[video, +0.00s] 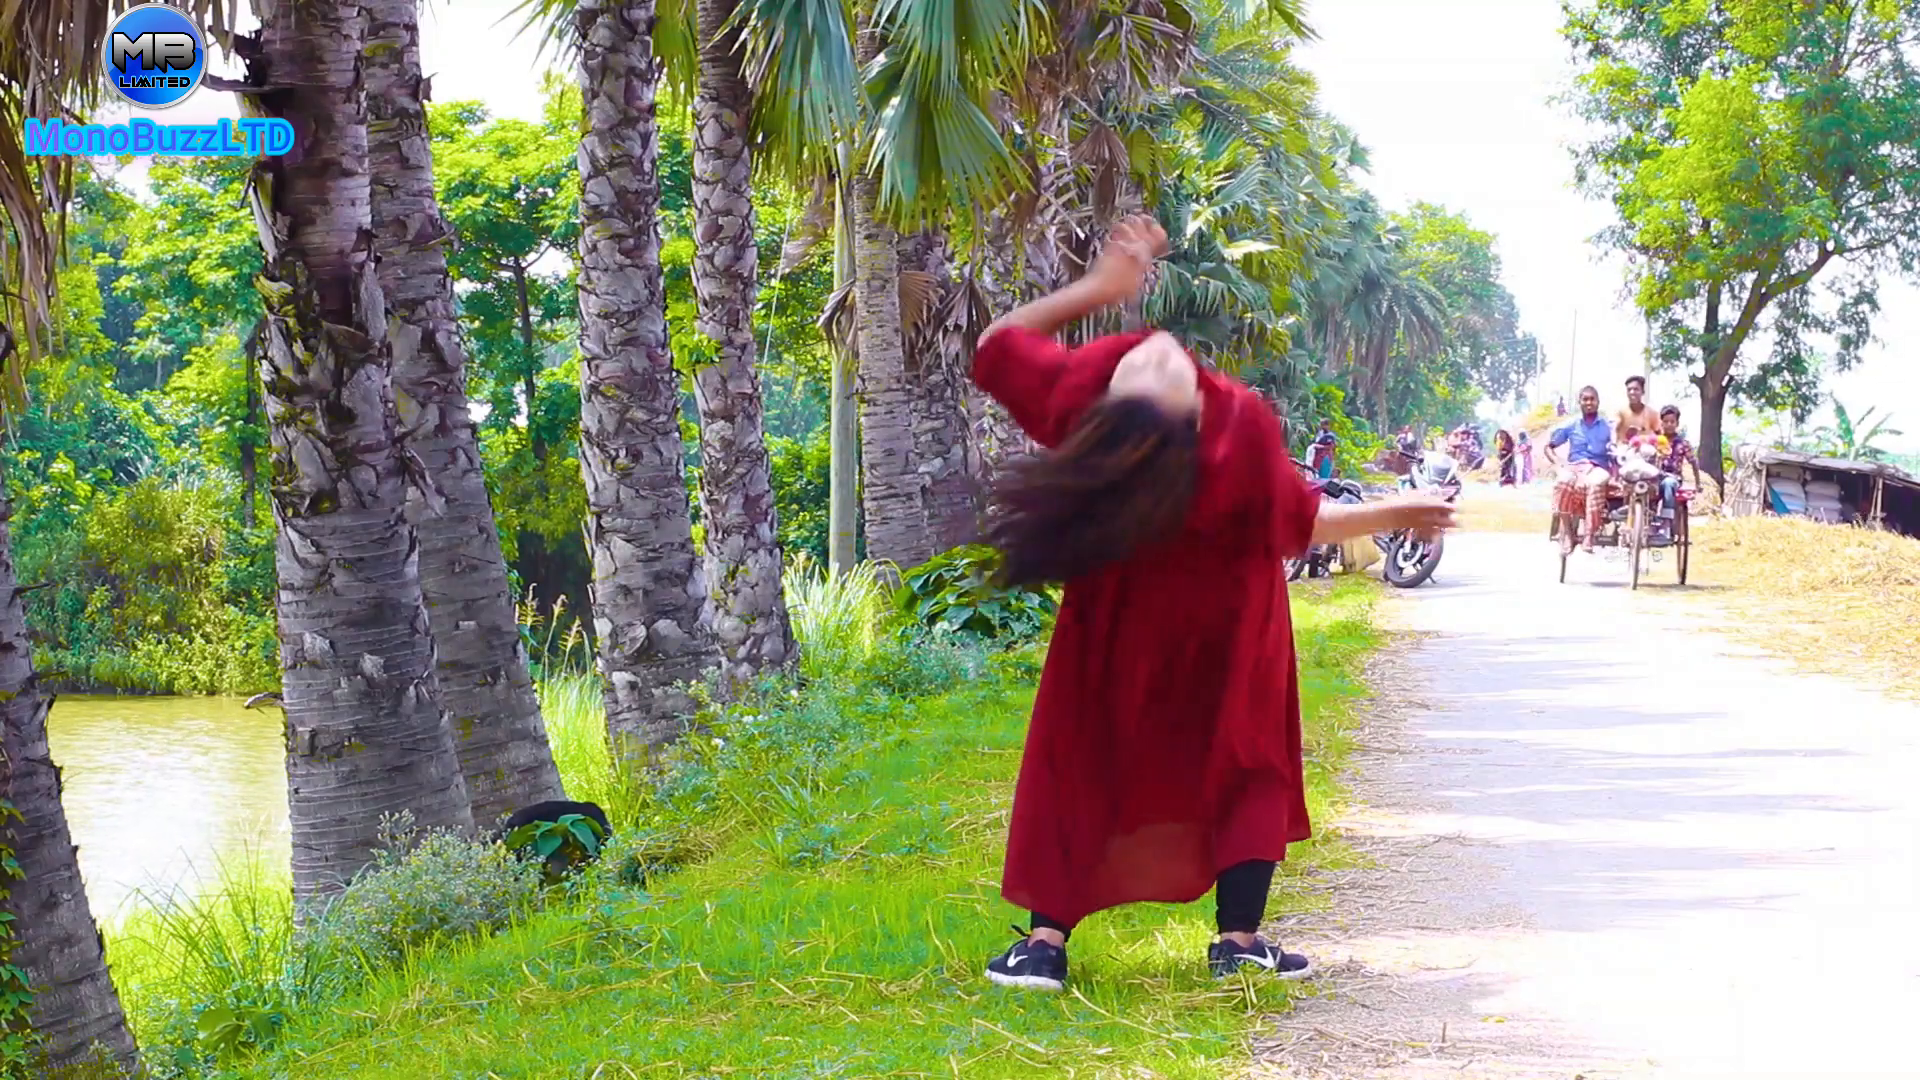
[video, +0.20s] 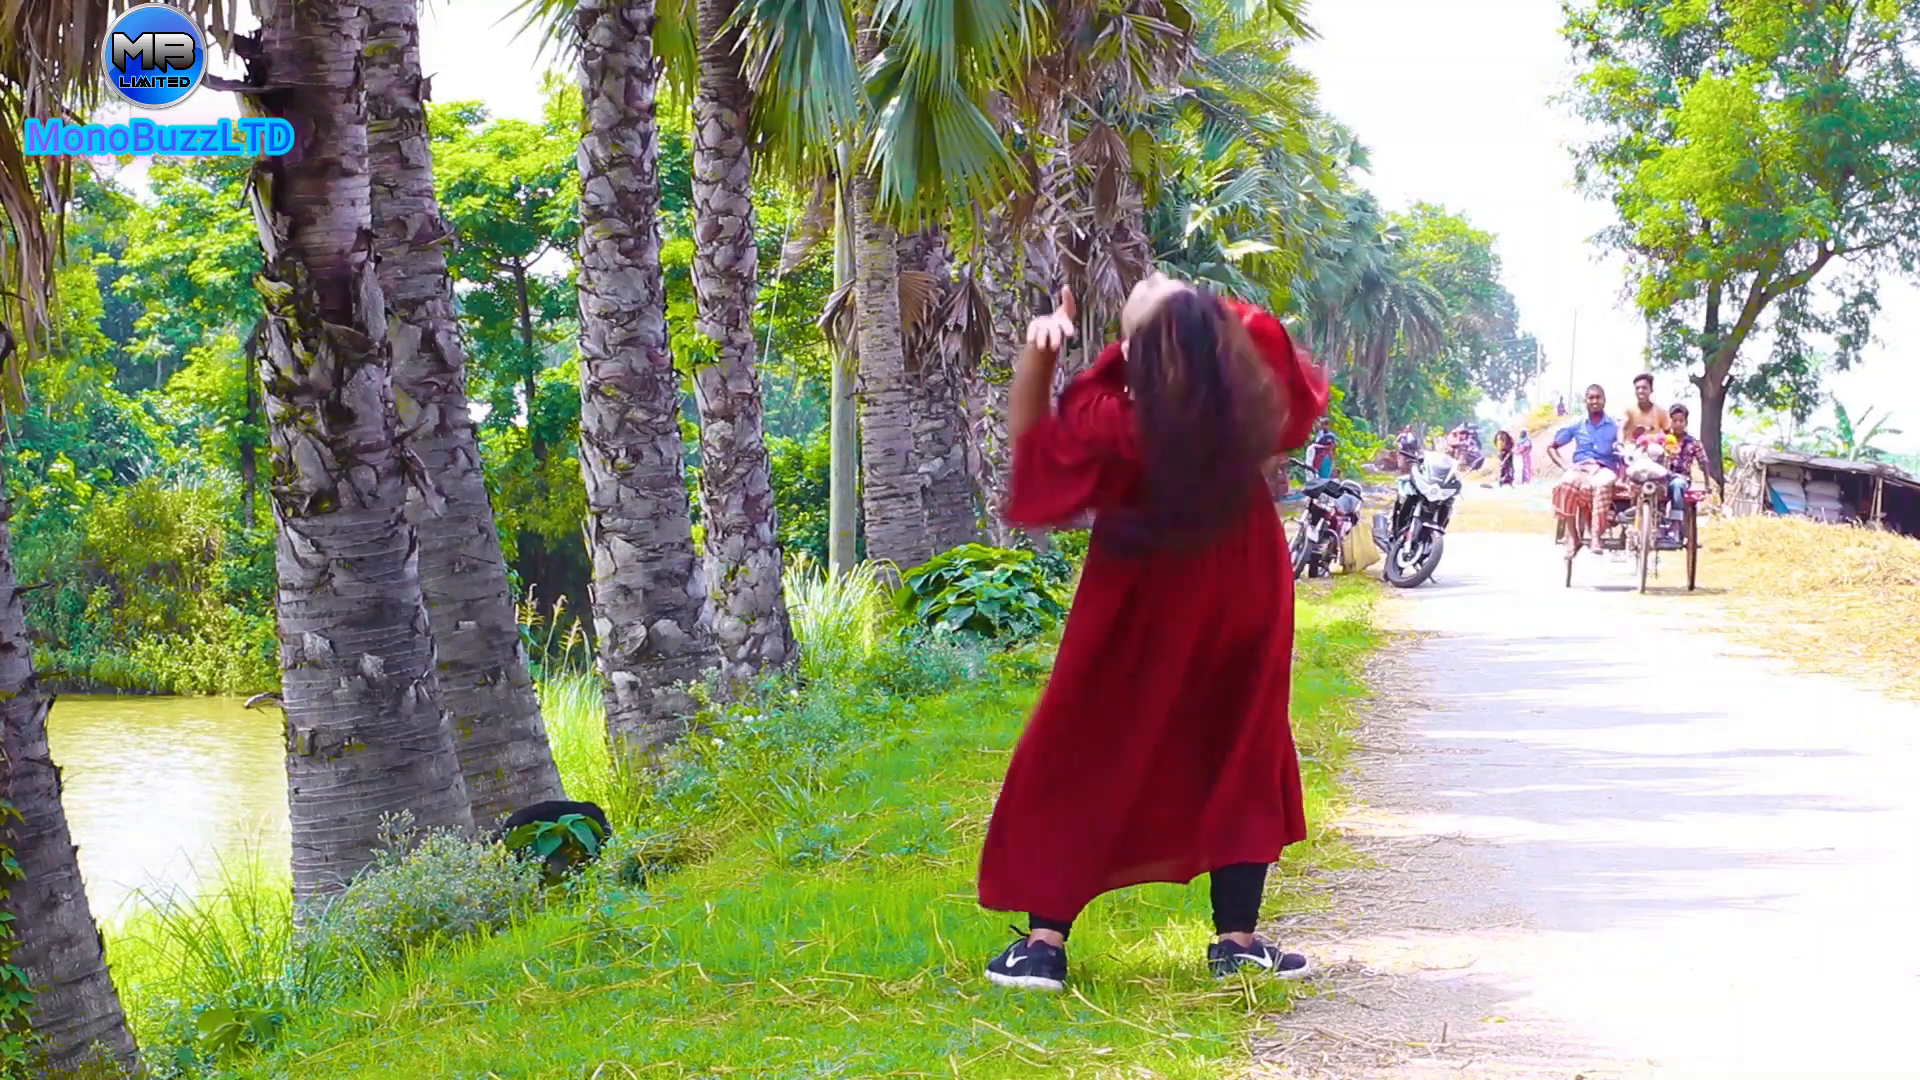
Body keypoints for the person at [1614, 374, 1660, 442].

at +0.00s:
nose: (1632, 392)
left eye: (1636, 389)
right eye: (1629, 389)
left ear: (1642, 392)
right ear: (1626, 392)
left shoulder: (1652, 414)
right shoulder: (1620, 413)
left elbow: (1659, 434)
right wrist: (1613, 443)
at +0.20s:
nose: (1640, 391)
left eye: (1644, 388)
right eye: (1637, 388)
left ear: (1651, 390)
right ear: (1635, 390)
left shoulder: (1661, 413)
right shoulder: (1629, 411)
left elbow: (1669, 433)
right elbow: (1621, 429)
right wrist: (1620, 443)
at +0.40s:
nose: (1649, 390)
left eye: (1653, 386)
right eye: (1646, 386)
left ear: (1660, 389)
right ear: (1643, 388)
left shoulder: (1669, 411)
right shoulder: (1637, 409)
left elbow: (1678, 432)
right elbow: (1629, 427)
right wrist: (1628, 441)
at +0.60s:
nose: (1658, 387)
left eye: (1662, 384)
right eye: (1655, 384)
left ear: (1669, 387)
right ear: (1652, 386)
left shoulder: (1679, 410)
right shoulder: (1644, 407)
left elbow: (1686, 432)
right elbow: (1637, 427)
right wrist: (1637, 441)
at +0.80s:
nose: (1668, 385)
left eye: (1672, 382)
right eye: (1664, 382)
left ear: (1679, 384)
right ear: (1661, 384)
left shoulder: (1688, 408)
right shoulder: (1654, 407)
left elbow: (1695, 430)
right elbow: (1646, 427)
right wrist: (1645, 442)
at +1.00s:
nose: (1678, 384)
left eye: (1682, 381)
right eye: (1674, 380)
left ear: (1689, 383)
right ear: (1670, 383)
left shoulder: (1701, 407)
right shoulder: (1664, 406)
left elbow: (1708, 431)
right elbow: (1656, 427)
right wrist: (1655, 441)